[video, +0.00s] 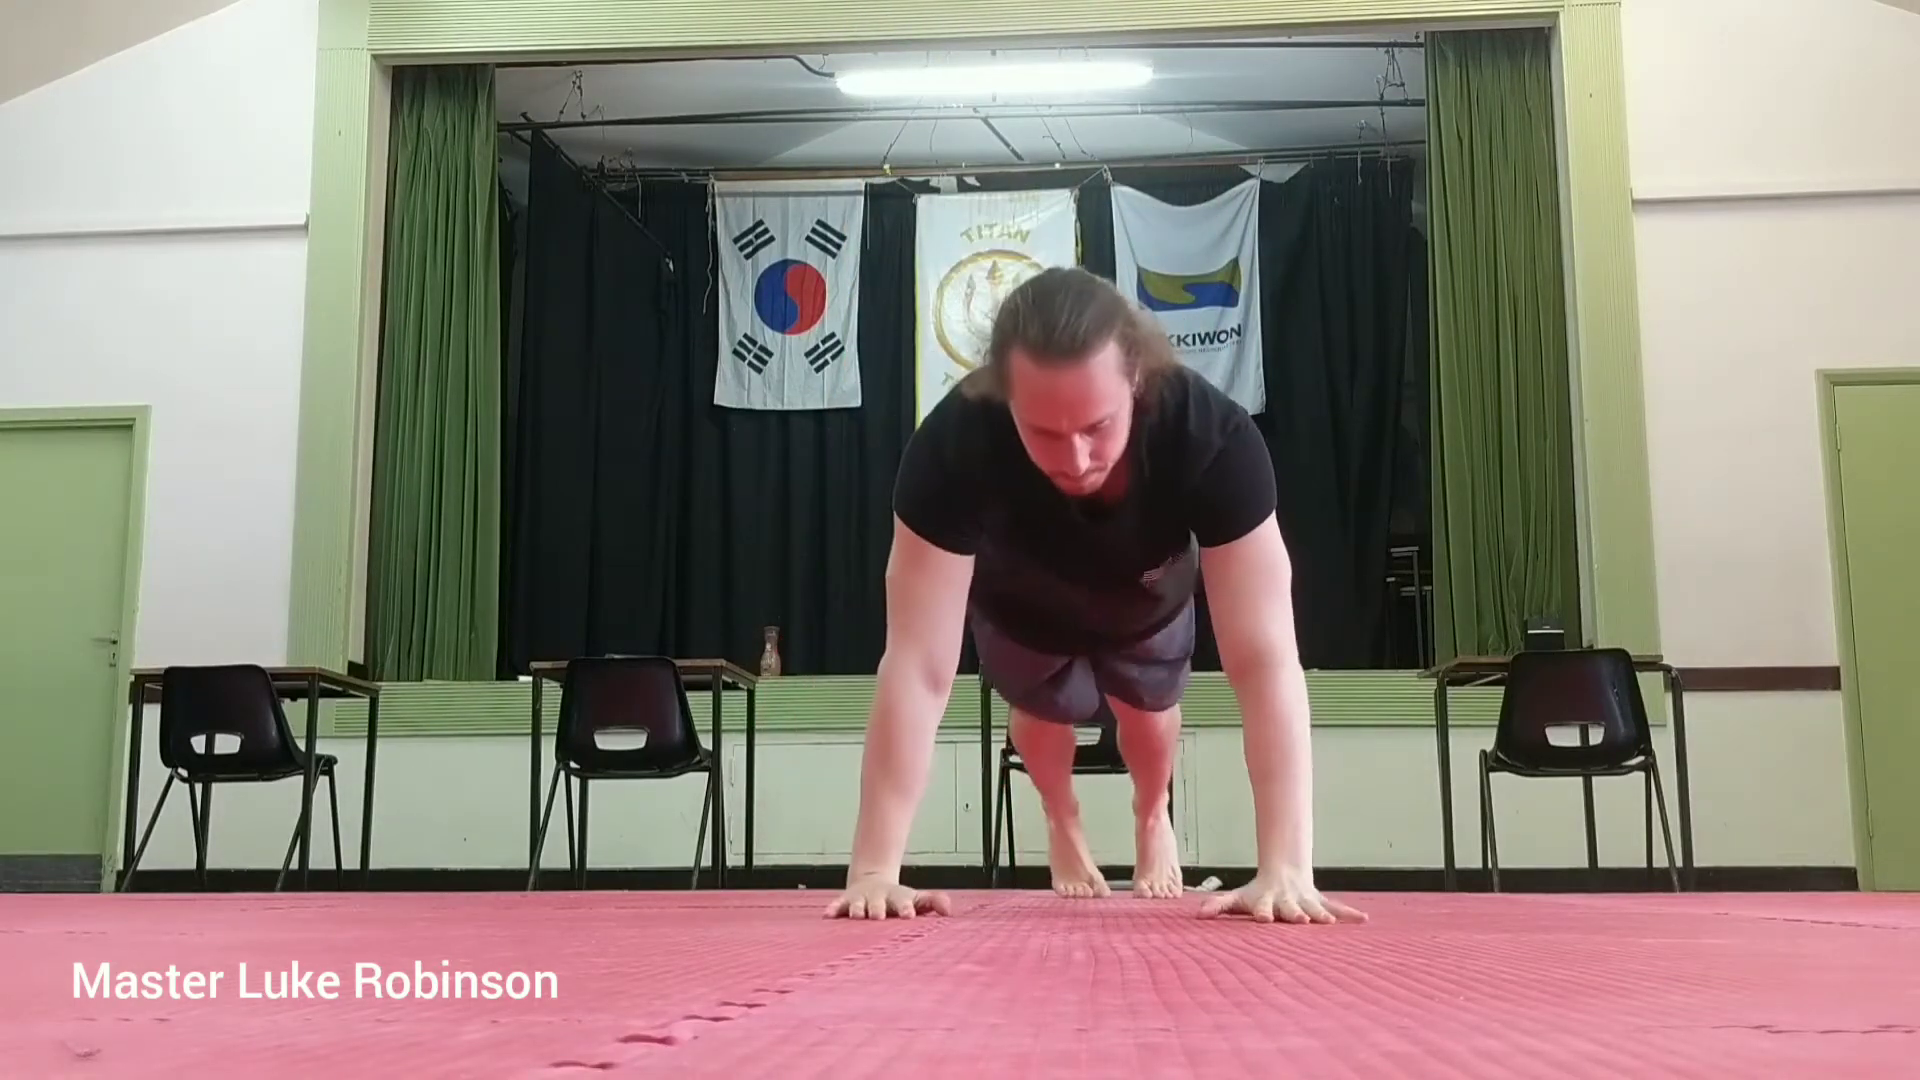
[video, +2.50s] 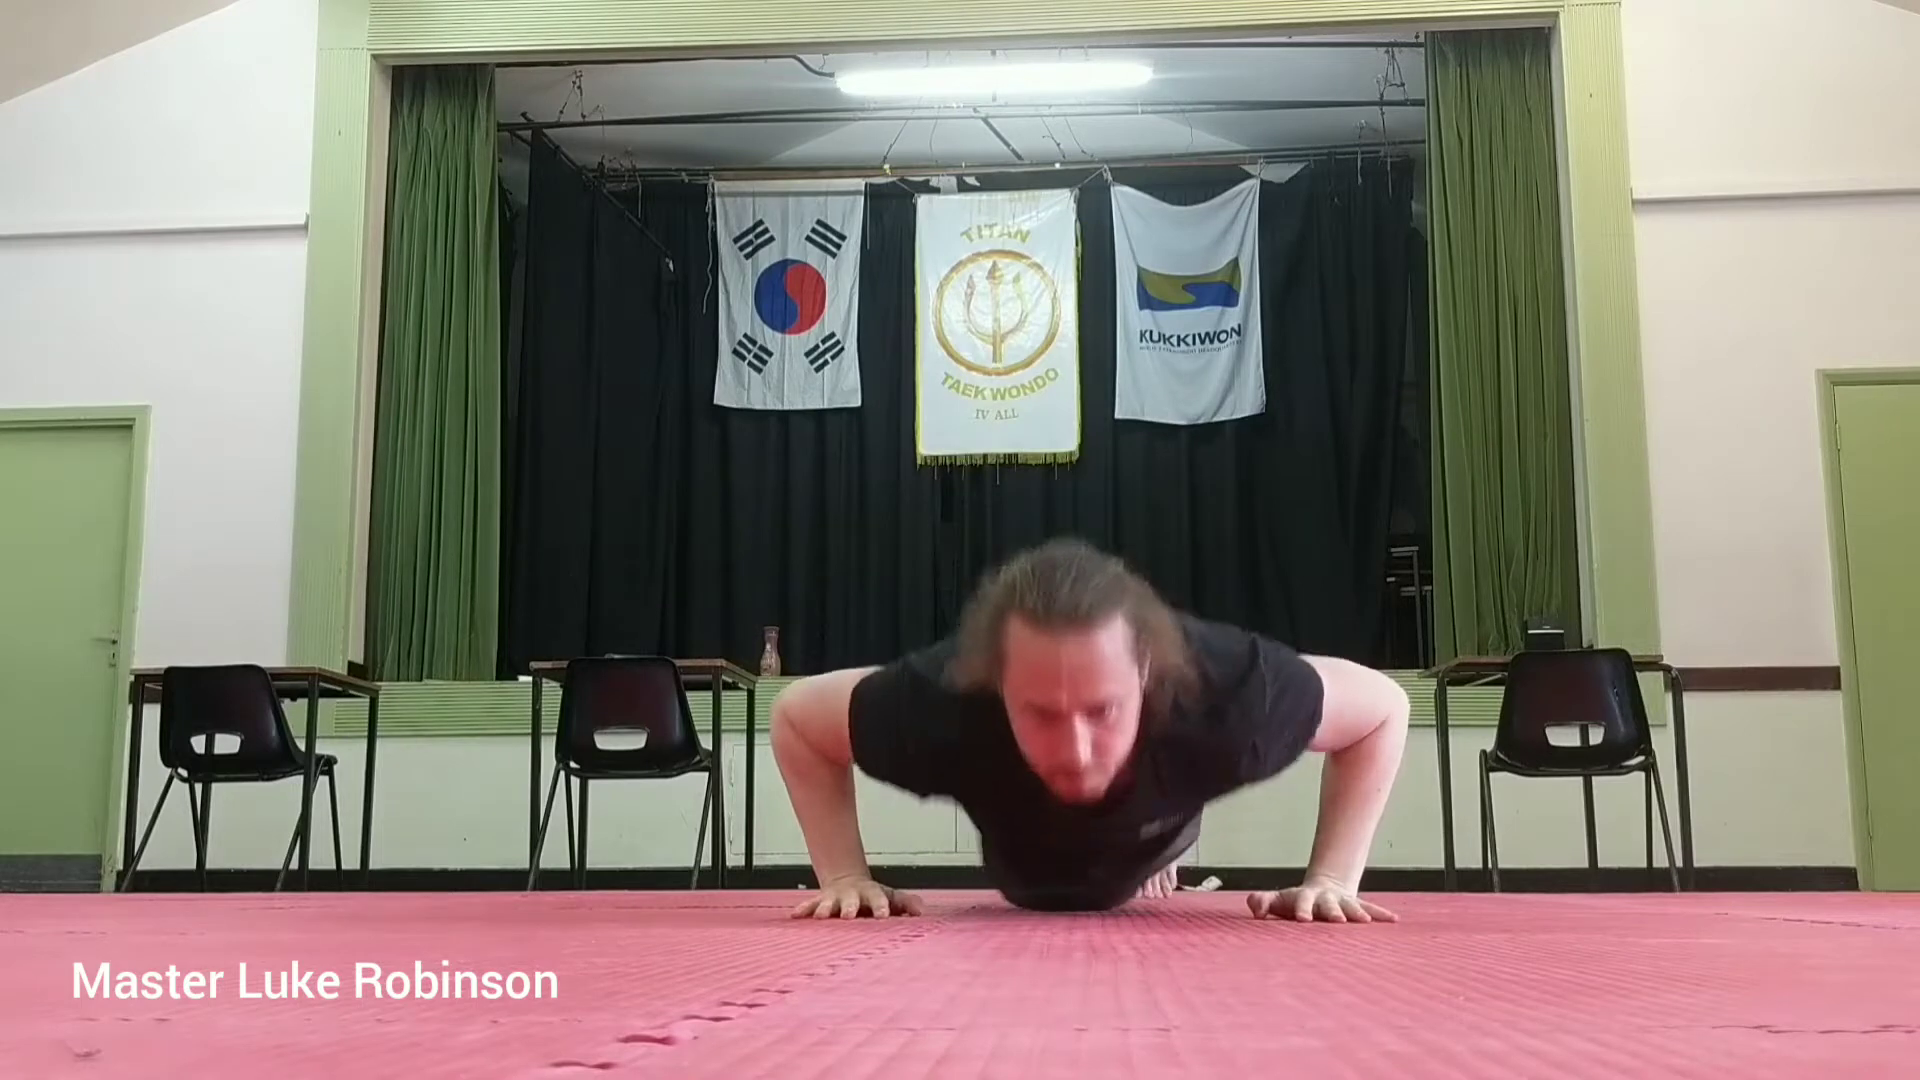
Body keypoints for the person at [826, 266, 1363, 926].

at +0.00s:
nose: (1077, 459)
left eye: (1098, 429)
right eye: (1048, 434)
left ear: (1137, 383)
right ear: (1008, 400)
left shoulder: (1213, 444)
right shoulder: (956, 448)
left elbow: (1265, 663)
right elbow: (917, 669)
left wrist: (1285, 868)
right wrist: (873, 871)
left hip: (1148, 614)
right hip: (1025, 618)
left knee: (1151, 715)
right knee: (1044, 723)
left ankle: (1153, 822)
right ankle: (1063, 825)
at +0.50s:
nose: (1075, 451)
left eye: (1099, 419)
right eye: (1046, 423)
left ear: (1140, 379)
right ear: (1010, 389)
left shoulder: (1219, 443)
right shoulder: (957, 466)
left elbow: (1266, 666)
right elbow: (913, 674)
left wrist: (1298, 873)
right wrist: (874, 870)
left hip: (1167, 617)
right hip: (1040, 627)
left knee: (1155, 725)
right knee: (1050, 724)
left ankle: (1136, 817)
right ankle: (1052, 829)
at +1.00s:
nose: (1052, 423)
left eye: (1074, 387)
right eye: (1020, 394)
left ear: (1112, 358)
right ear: (983, 373)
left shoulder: (1191, 443)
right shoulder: (935, 448)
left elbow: (1267, 660)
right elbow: (888, 668)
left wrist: (1312, 869)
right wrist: (849, 872)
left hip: (1123, 629)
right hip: (999, 639)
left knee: (1129, 728)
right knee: (1029, 743)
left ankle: (1143, 829)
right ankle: (1060, 834)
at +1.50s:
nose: (1073, 415)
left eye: (1093, 379)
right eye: (1039, 387)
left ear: (1131, 348)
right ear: (1000, 365)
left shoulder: (1215, 442)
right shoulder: (946, 450)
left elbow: (1285, 664)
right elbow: (904, 664)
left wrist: (1325, 873)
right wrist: (854, 866)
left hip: (1145, 620)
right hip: (1016, 632)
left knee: (1142, 732)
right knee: (1045, 746)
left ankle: (1142, 825)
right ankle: (1067, 831)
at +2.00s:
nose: (1082, 617)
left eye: (1103, 582)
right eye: (1051, 587)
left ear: (1147, 544)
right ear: (1010, 557)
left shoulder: (1228, 571)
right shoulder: (958, 591)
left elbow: (1356, 713)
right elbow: (822, 721)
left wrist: (1334, 870)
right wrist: (846, 874)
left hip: (1164, 751)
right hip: (1042, 767)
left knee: (1156, 789)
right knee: (1071, 808)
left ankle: (1148, 829)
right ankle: (1082, 840)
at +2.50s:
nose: (1077, 750)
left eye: (1102, 714)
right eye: (1044, 716)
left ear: (1147, 680)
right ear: (999, 686)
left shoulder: (1229, 697)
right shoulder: (946, 705)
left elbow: (1380, 711)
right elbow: (800, 719)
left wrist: (1333, 875)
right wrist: (843, 872)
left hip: (1152, 844)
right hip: (1024, 858)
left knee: (1152, 872)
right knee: (1049, 887)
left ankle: (1157, 877)